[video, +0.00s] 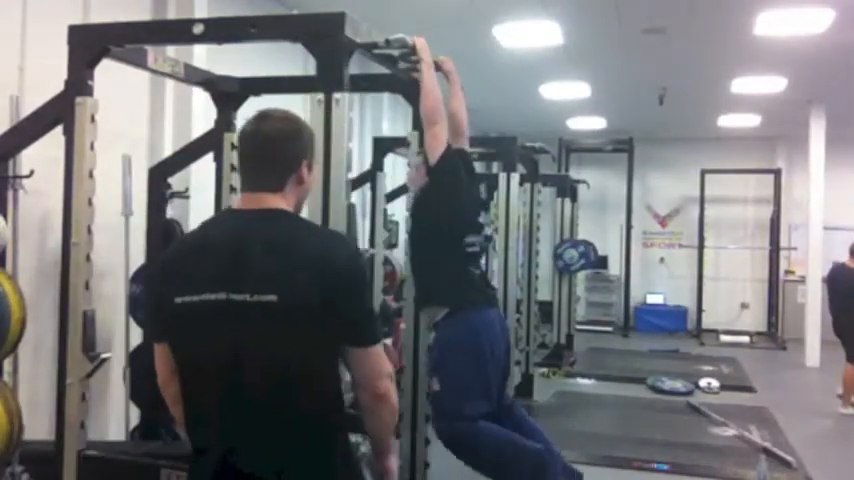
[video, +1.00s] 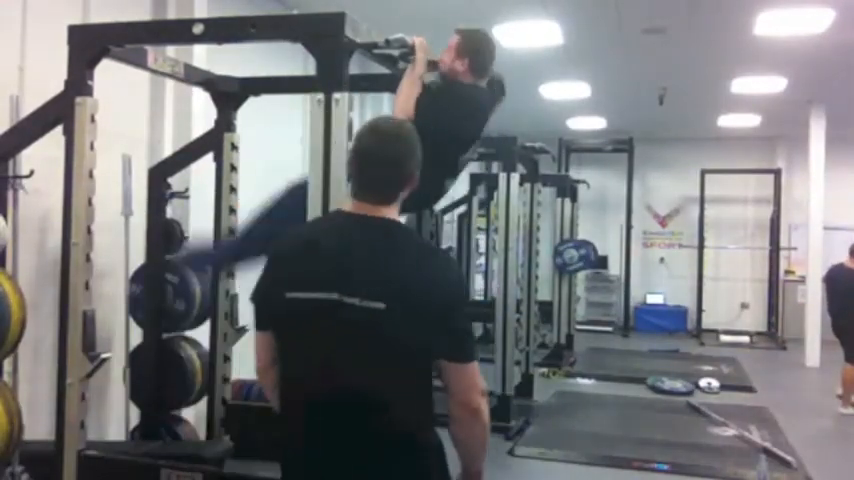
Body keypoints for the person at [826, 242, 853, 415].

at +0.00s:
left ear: (848, 253)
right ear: (851, 255)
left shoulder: (836, 272)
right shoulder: (843, 273)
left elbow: (833, 304)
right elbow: (837, 305)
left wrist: (838, 321)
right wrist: (841, 324)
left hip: (840, 325)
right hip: (847, 326)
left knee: (849, 359)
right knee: (850, 361)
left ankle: (845, 389)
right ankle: (847, 401)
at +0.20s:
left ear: (848, 253)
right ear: (851, 255)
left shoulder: (836, 272)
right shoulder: (843, 273)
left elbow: (833, 303)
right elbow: (836, 304)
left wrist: (838, 320)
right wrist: (840, 322)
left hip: (840, 324)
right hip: (847, 325)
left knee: (849, 359)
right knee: (850, 361)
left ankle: (844, 389)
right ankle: (847, 401)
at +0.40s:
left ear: (849, 254)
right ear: (852, 255)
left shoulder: (834, 272)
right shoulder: (843, 273)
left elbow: (832, 303)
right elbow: (834, 304)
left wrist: (837, 320)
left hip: (840, 324)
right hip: (848, 325)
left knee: (850, 359)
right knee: (850, 361)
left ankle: (844, 389)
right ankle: (847, 401)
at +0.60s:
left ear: (849, 254)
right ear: (851, 255)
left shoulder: (834, 272)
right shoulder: (842, 273)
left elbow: (832, 303)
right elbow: (833, 304)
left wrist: (837, 320)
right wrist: (838, 321)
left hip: (839, 324)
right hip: (848, 325)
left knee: (850, 359)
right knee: (850, 361)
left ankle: (845, 390)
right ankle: (847, 401)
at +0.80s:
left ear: (849, 254)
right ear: (851, 255)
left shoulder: (834, 272)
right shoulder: (843, 274)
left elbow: (832, 304)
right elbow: (833, 305)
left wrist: (837, 320)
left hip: (839, 323)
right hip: (848, 325)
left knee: (849, 358)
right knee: (850, 361)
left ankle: (844, 388)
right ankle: (847, 402)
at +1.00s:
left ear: (849, 254)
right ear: (851, 255)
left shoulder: (834, 272)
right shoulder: (843, 273)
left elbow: (831, 304)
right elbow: (833, 305)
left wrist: (836, 319)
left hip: (839, 323)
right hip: (848, 324)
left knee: (849, 358)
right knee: (849, 361)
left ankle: (844, 388)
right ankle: (846, 402)